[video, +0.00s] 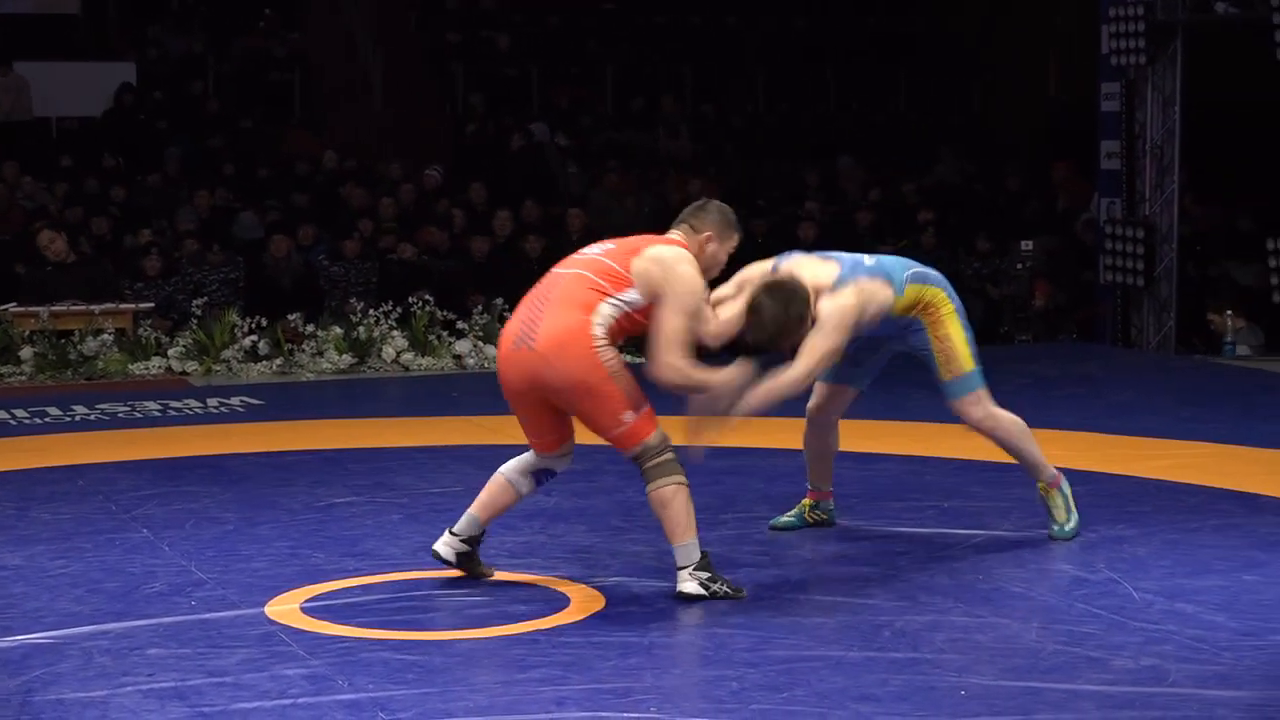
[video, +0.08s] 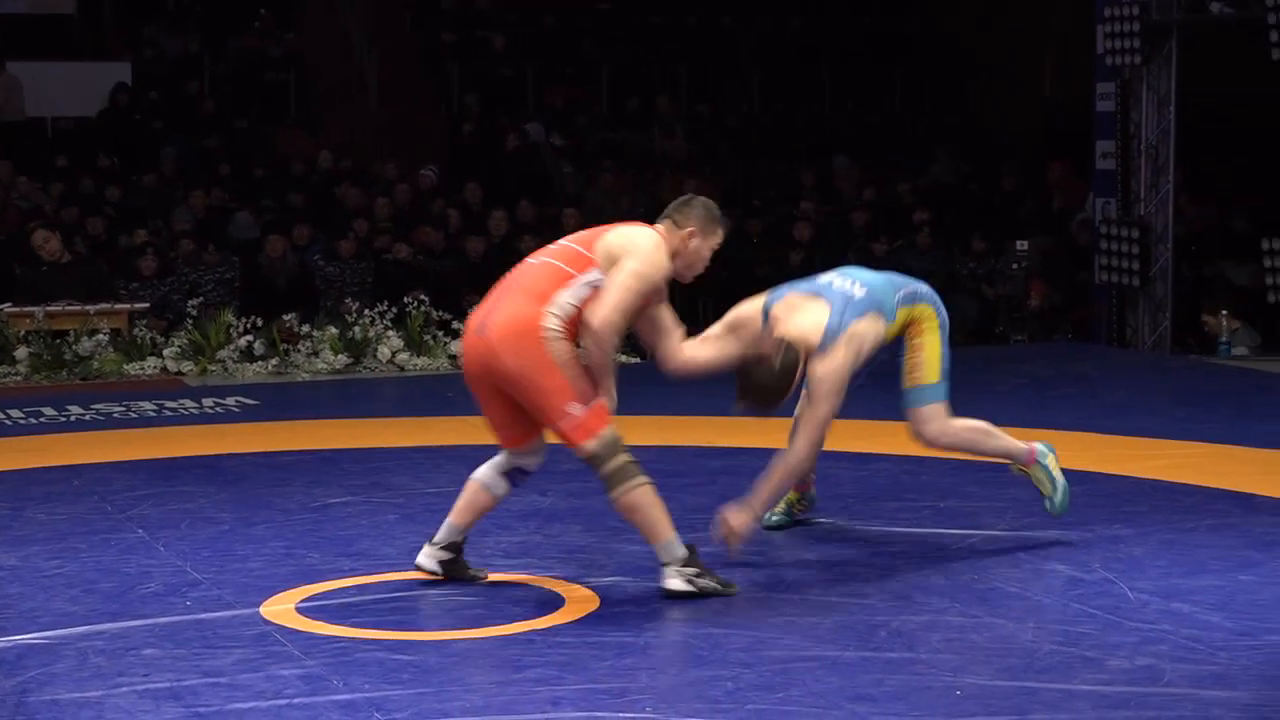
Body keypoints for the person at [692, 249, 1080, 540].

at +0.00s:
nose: (785, 353)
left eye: (784, 346)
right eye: (770, 349)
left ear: (797, 322)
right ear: (759, 310)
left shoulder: (838, 305)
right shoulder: (761, 277)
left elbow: (799, 373)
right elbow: (749, 360)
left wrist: (737, 410)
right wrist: (703, 412)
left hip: (925, 303)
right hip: (870, 318)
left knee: (977, 411)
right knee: (820, 410)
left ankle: (1051, 481)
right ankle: (819, 502)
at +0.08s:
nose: (776, 410)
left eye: (775, 403)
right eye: (763, 402)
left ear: (789, 374)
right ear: (743, 361)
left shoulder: (826, 359)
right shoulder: (743, 320)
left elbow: (804, 443)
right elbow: (676, 356)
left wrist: (749, 509)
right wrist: (640, 293)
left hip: (911, 304)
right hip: (848, 292)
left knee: (931, 427)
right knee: (807, 398)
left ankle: (1030, 455)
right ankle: (801, 496)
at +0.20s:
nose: (747, 455)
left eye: (750, 449)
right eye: (737, 449)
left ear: (776, 426)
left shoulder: (823, 420)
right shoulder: (738, 379)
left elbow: (823, 512)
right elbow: (666, 416)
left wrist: (774, 563)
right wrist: (623, 468)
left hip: (916, 358)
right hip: (863, 337)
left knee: (894, 473)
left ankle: (1009, 501)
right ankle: (817, 462)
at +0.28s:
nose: (729, 448)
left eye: (737, 440)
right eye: (724, 439)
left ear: (768, 427)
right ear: (722, 425)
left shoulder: (817, 429)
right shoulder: (733, 422)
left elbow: (822, 520)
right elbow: (689, 490)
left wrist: (774, 562)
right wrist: (652, 561)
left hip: (915, 428)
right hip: (866, 421)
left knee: (879, 546)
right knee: (790, 484)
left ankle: (995, 539)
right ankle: (875, 487)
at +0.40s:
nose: (743, 401)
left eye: (752, 391)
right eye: (740, 391)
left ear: (788, 390)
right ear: (743, 392)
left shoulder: (834, 417)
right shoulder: (759, 422)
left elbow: (832, 509)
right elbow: (711, 484)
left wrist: (779, 559)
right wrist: (672, 555)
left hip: (927, 487)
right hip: (876, 485)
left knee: (858, 558)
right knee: (791, 528)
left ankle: (962, 549)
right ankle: (901, 531)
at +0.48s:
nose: (756, 384)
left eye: (764, 373)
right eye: (754, 373)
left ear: (801, 372)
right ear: (796, 374)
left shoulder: (855, 401)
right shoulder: (781, 400)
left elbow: (880, 489)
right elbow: (768, 468)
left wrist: (838, 557)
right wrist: (755, 539)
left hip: (937, 476)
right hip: (889, 468)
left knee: (869, 552)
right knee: (803, 528)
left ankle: (972, 551)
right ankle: (902, 518)